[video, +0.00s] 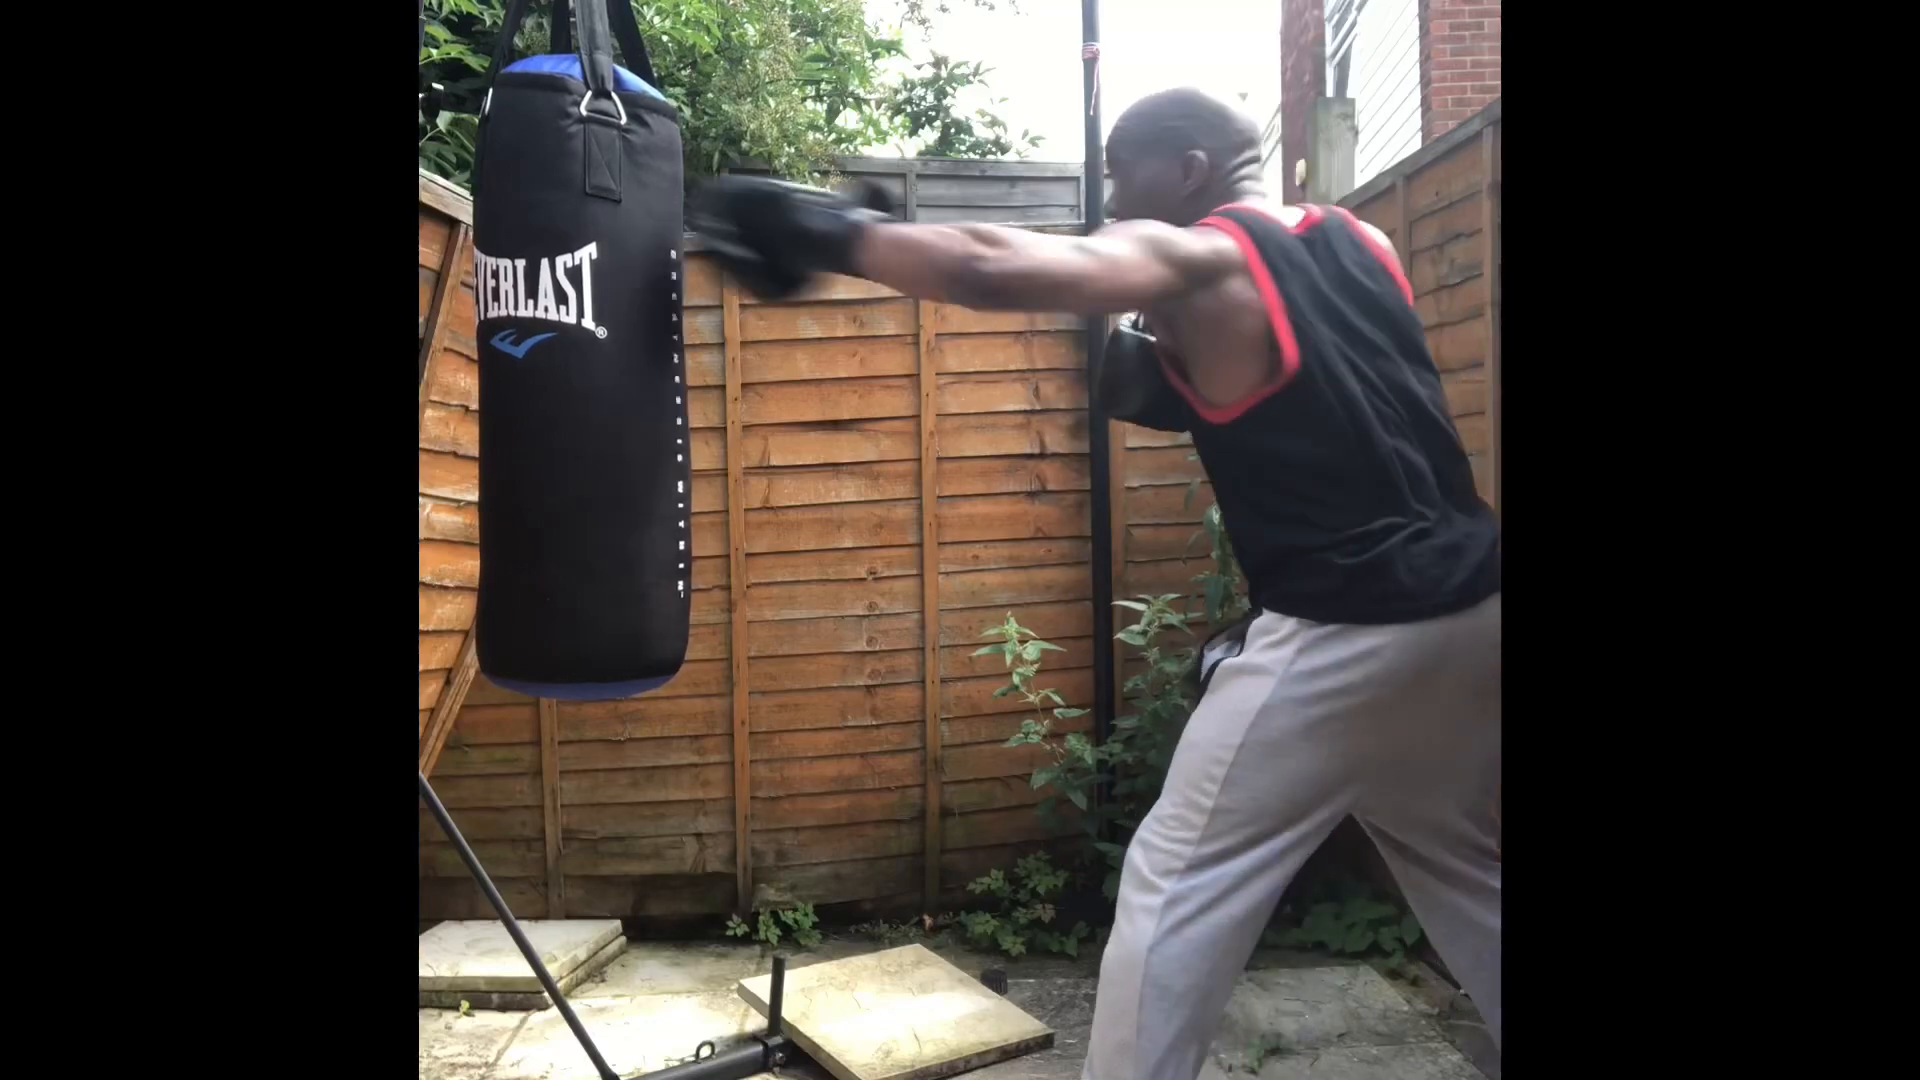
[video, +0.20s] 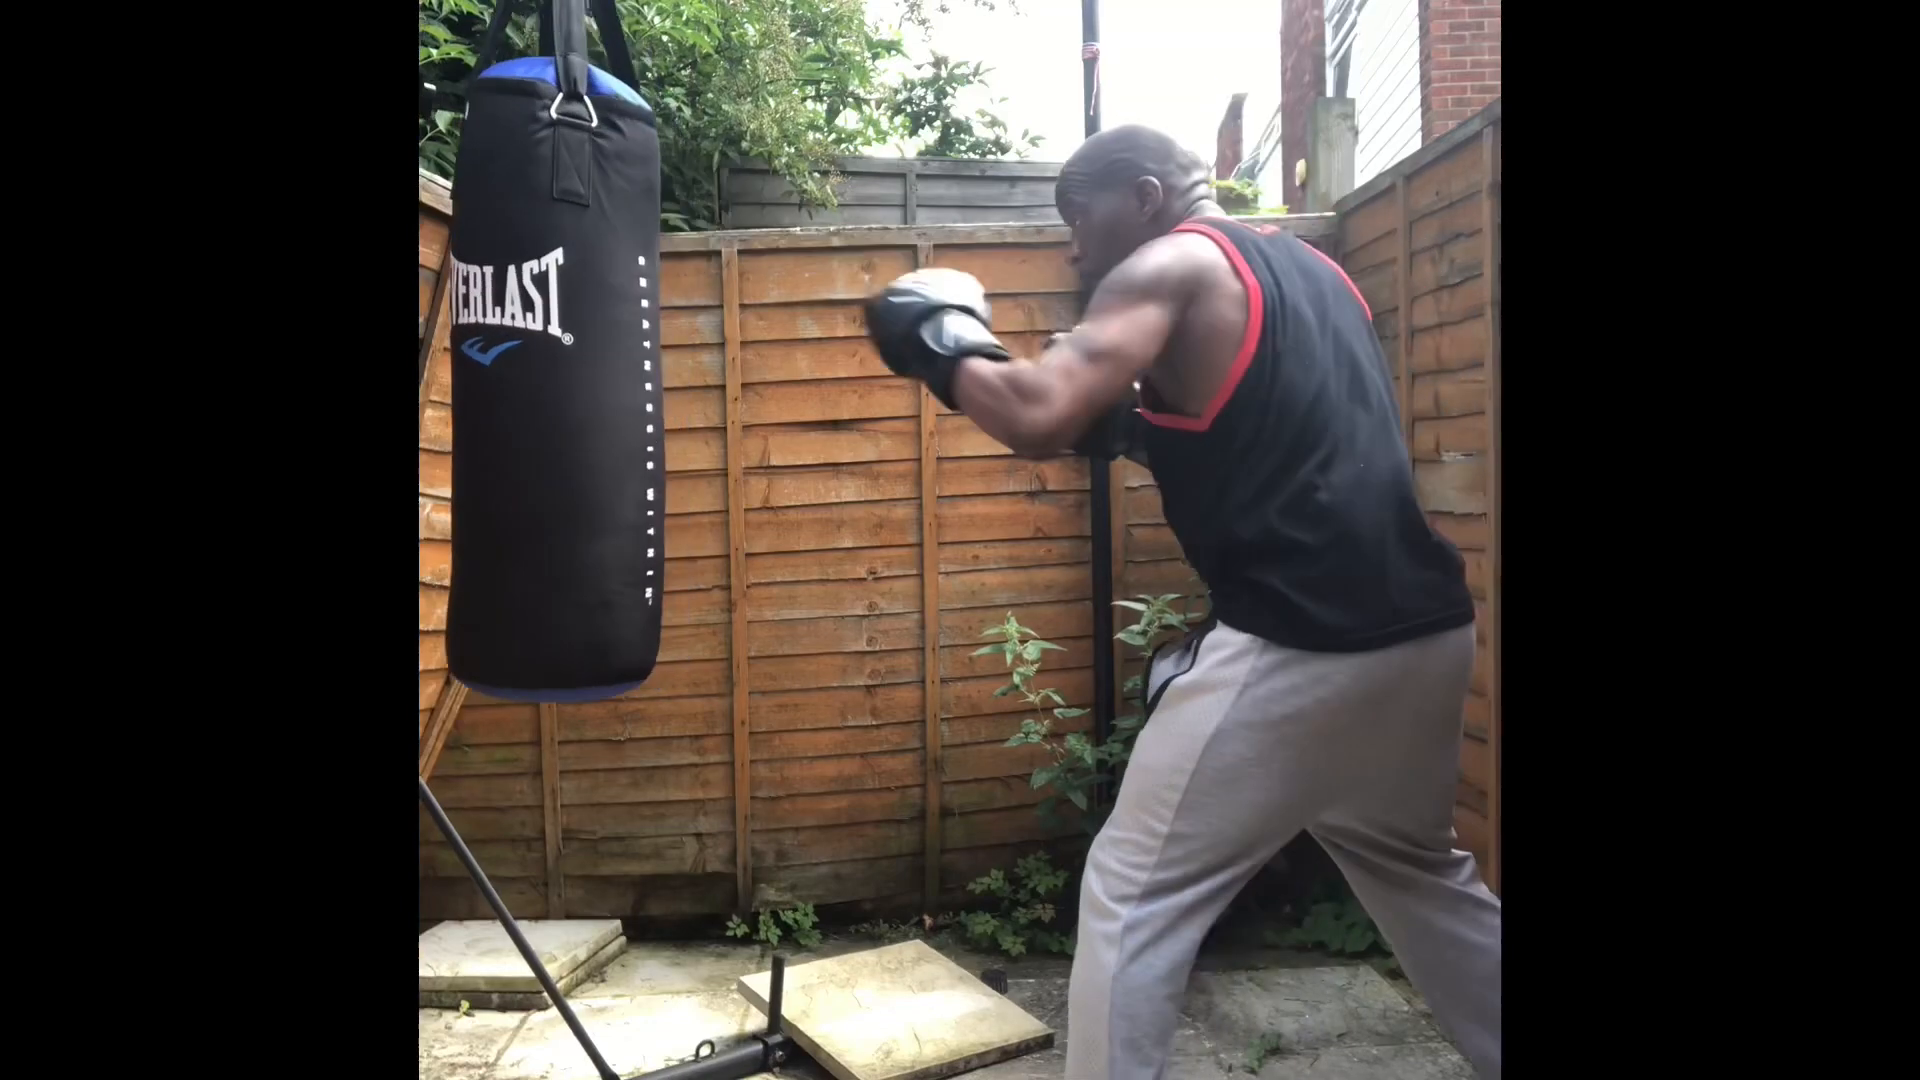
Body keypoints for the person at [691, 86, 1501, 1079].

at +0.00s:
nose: (1119, 215)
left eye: (1123, 187)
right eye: (1115, 194)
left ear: (1182, 167)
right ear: (1236, 164)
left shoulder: (1200, 253)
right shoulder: (1358, 237)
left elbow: (993, 267)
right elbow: (1318, 386)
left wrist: (821, 231)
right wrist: (1174, 386)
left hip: (1339, 626)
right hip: (1469, 608)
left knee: (1180, 879)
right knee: (1470, 876)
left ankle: (1130, 1070)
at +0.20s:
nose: (1073, 247)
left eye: (1078, 219)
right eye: (1068, 224)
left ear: (1148, 197)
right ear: (1171, 194)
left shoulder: (1168, 265)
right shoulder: (1311, 265)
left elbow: (1034, 413)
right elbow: (1258, 433)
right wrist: (1110, 422)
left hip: (1290, 645)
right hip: (1427, 631)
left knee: (1131, 893)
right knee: (1418, 865)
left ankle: (1106, 1071)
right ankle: (1499, 1052)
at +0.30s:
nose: (1089, 243)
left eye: (1098, 212)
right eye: (1083, 218)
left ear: (1173, 193)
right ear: (1188, 197)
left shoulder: (1207, 272)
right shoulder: (1319, 261)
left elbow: (1141, 469)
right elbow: (1277, 432)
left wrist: (1035, 381)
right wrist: (1139, 355)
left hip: (1297, 636)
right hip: (1420, 626)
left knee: (1139, 898)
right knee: (1427, 882)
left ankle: (1109, 1068)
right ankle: (1501, 1053)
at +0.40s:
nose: (1126, 242)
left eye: (1133, 210)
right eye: (1121, 216)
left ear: (1211, 190)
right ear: (1223, 190)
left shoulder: (1251, 271)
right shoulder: (1343, 255)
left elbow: (1195, 485)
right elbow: (1275, 454)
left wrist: (1083, 355)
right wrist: (1157, 351)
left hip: (1316, 640)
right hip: (1436, 629)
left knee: (1160, 899)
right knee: (1431, 879)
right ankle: (1499, 1053)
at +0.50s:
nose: (1165, 232)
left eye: (1172, 204)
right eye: (1159, 208)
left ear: (1248, 183)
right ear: (1261, 183)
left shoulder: (1290, 274)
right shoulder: (1378, 254)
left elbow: (1241, 486)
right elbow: (1326, 444)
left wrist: (1125, 363)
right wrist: (1194, 366)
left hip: (1350, 641)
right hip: (1454, 624)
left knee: (1187, 900)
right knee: (1435, 882)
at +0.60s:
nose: (1185, 238)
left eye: (1192, 206)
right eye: (1179, 213)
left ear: (1269, 184)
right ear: (1285, 188)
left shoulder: (1312, 278)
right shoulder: (1395, 256)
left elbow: (1261, 484)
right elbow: (1367, 442)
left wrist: (1141, 369)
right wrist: (1218, 368)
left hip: (1374, 643)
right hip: (1464, 630)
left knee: (1207, 898)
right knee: (1432, 884)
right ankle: (1499, 1056)